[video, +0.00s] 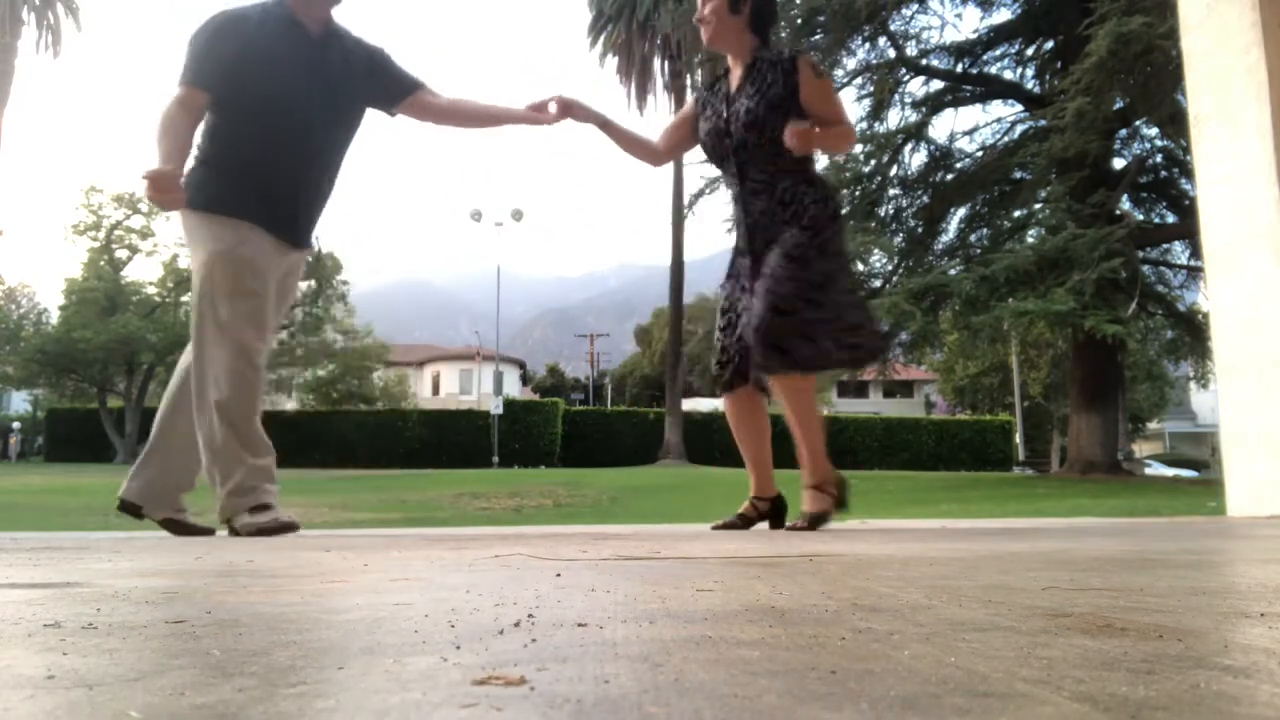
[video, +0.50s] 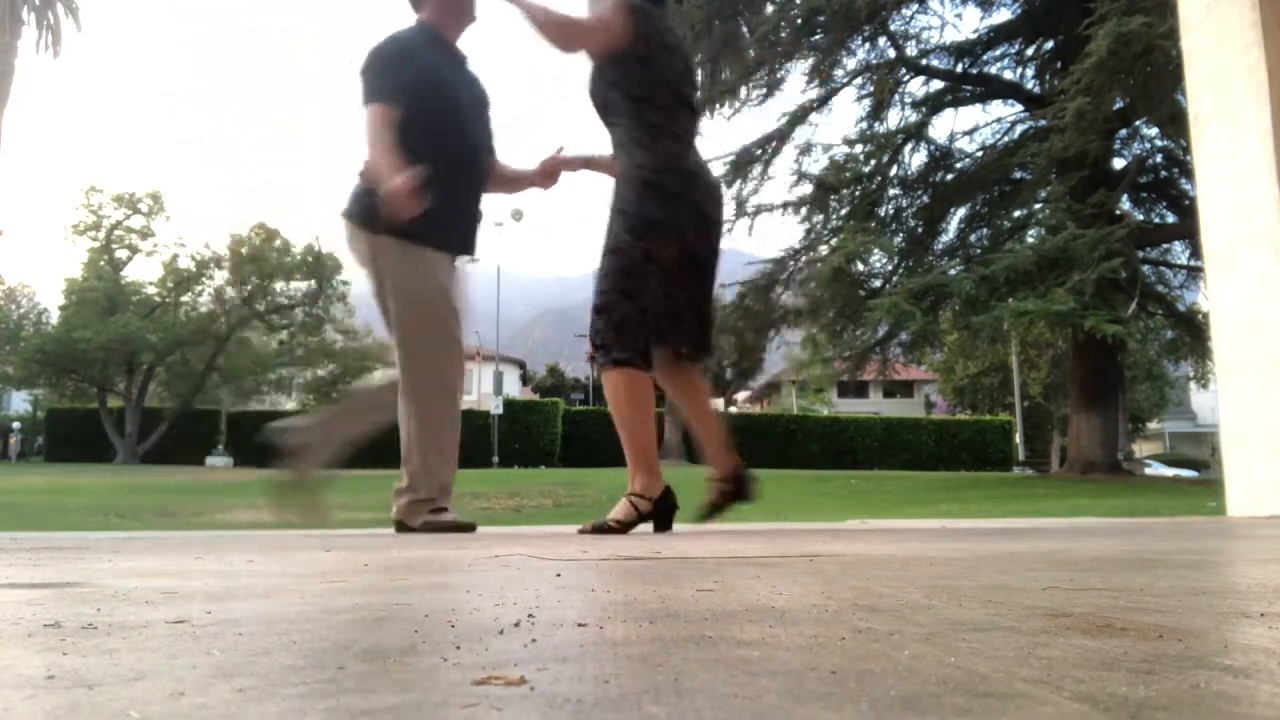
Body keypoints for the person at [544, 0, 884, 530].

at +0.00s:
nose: (698, 13)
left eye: (709, 4)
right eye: (699, 5)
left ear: (742, 12)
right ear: (719, 17)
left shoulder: (794, 69)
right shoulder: (712, 98)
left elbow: (844, 134)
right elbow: (657, 152)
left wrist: (814, 136)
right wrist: (589, 115)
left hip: (806, 225)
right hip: (753, 238)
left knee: (771, 335)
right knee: (733, 363)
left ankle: (821, 479)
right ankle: (765, 495)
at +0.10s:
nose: (690, 8)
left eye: (700, 1)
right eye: (691, 2)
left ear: (734, 6)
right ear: (708, 12)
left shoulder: (784, 61)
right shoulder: (702, 89)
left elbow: (842, 127)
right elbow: (652, 147)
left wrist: (826, 120)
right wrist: (588, 112)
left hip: (786, 217)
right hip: (736, 228)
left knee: (738, 321)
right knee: (735, 349)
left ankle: (779, 465)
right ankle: (763, 486)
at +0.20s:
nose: (676, 10)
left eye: (686, 3)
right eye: (678, 3)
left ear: (718, 9)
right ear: (699, 12)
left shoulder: (765, 63)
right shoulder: (692, 91)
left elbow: (818, 132)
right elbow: (649, 159)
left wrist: (811, 116)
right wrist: (581, 125)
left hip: (760, 223)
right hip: (719, 229)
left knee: (698, 330)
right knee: (733, 366)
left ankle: (705, 478)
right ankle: (764, 496)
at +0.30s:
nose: (653, 20)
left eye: (662, 9)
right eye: (655, 11)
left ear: (691, 12)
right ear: (677, 17)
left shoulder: (732, 67)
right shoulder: (682, 91)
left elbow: (776, 136)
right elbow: (649, 178)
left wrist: (743, 91)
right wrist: (578, 152)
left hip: (726, 238)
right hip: (696, 240)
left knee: (660, 343)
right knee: (726, 369)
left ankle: (654, 486)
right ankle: (762, 494)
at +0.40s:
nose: (616, 15)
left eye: (623, 8)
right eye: (615, 12)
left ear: (648, 3)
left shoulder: (670, 36)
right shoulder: (649, 66)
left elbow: (695, 84)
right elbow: (653, 176)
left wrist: (629, 33)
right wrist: (573, 166)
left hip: (687, 228)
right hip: (684, 229)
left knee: (622, 342)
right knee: (705, 363)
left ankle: (647, 490)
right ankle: (759, 487)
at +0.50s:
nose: (590, 15)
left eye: (596, 9)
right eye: (592, 12)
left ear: (616, 2)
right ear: (644, 6)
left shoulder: (630, 17)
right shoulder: (666, 45)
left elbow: (569, 35)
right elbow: (646, 160)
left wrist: (519, 3)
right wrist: (575, 160)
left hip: (651, 193)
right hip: (690, 195)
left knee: (617, 343)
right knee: (669, 348)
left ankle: (646, 489)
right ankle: (727, 468)